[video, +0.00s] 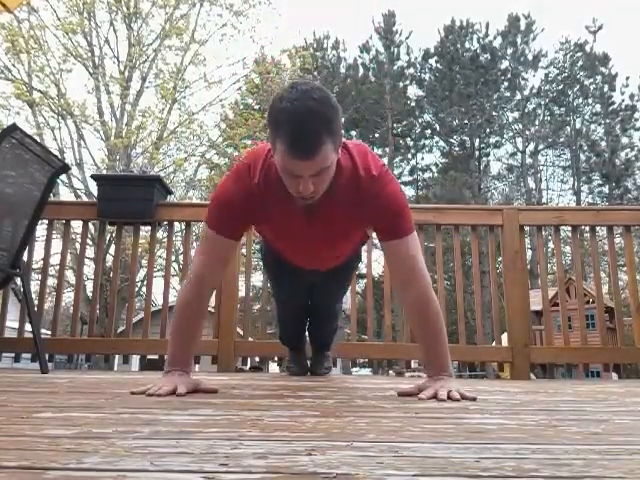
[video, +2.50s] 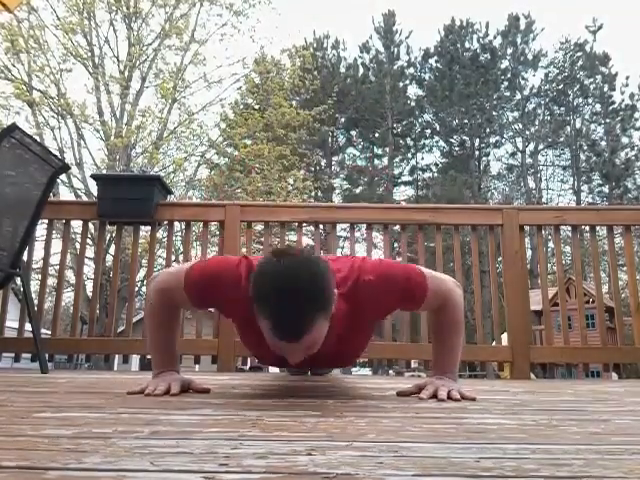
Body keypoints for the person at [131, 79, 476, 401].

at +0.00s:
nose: (306, 187)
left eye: (319, 173)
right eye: (293, 174)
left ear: (338, 148)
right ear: (272, 151)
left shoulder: (372, 183)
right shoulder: (243, 183)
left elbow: (413, 282)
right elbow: (199, 282)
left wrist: (440, 374)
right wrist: (177, 370)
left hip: (341, 252)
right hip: (282, 250)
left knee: (326, 313)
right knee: (290, 313)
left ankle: (321, 353)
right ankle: (295, 354)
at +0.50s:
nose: (300, 191)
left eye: (313, 177)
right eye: (286, 178)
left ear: (334, 152)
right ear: (267, 156)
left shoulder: (368, 184)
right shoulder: (239, 187)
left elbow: (412, 284)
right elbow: (199, 285)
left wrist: (440, 376)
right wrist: (170, 370)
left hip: (338, 255)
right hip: (279, 254)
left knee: (324, 316)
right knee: (289, 316)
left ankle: (321, 353)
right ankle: (294, 353)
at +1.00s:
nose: (299, 177)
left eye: (313, 163)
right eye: (286, 163)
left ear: (334, 139)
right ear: (268, 141)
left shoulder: (370, 184)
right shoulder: (237, 185)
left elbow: (417, 285)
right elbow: (197, 285)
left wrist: (441, 375)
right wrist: (169, 370)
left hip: (339, 257)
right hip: (280, 255)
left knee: (327, 314)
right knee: (291, 314)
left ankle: (324, 354)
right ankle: (296, 351)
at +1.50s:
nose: (290, 388)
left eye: (305, 377)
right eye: (273, 379)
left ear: (332, 328)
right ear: (248, 326)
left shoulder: (366, 295)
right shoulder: (231, 293)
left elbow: (443, 292)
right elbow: (165, 286)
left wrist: (443, 373)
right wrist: (165, 369)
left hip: (336, 366)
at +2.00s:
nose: (299, 211)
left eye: (312, 198)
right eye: (286, 198)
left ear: (336, 170)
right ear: (267, 173)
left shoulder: (374, 197)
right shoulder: (239, 199)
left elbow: (419, 290)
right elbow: (194, 285)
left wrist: (441, 376)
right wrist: (168, 370)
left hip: (339, 295)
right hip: (279, 294)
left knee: (327, 333)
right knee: (291, 334)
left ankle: (323, 356)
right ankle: (296, 355)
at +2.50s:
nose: (296, 360)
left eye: (309, 348)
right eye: (280, 350)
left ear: (334, 305)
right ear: (255, 308)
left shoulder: (371, 283)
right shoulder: (230, 280)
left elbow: (448, 295)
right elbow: (163, 290)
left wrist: (444, 375)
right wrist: (165, 369)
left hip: (339, 353)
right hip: (264, 352)